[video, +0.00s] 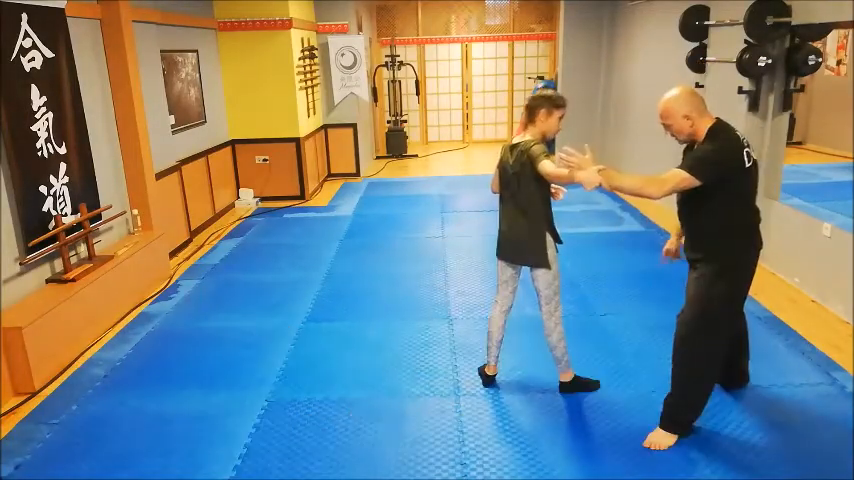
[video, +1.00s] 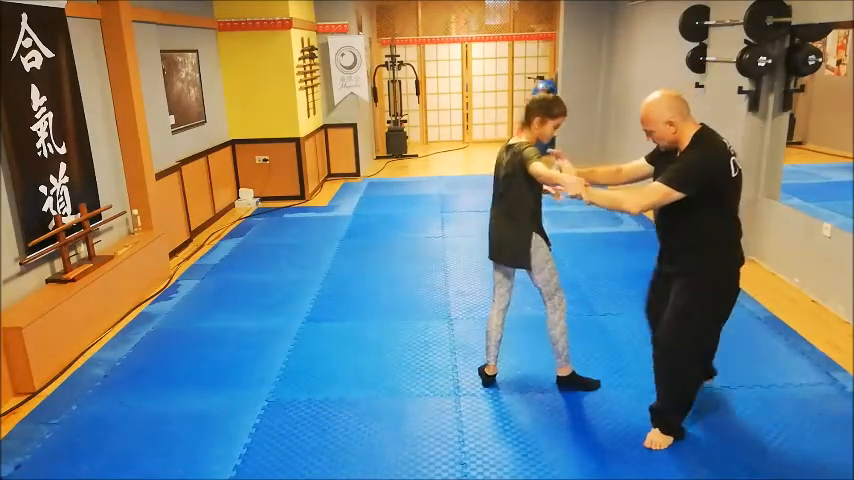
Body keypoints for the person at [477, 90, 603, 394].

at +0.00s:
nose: (560, 126)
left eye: (561, 119)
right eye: (558, 119)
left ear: (532, 117)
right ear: (541, 116)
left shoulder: (510, 147)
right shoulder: (535, 147)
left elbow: (497, 187)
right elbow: (549, 171)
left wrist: (542, 189)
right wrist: (580, 175)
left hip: (508, 236)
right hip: (538, 237)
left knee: (502, 301)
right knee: (551, 307)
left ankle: (490, 368)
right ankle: (566, 376)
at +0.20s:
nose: (556, 124)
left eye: (557, 117)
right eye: (553, 117)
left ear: (531, 116)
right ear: (537, 115)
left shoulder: (506, 148)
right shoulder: (533, 149)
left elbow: (495, 188)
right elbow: (549, 172)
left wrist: (540, 188)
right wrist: (582, 174)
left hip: (508, 237)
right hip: (538, 238)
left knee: (502, 301)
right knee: (551, 308)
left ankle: (490, 368)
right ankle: (566, 376)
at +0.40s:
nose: (554, 125)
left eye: (555, 118)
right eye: (551, 118)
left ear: (530, 116)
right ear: (534, 116)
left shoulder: (504, 149)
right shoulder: (531, 150)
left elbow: (494, 188)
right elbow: (550, 172)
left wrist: (539, 189)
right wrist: (583, 173)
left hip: (507, 237)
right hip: (537, 238)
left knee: (502, 301)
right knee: (550, 307)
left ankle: (490, 368)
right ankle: (566, 376)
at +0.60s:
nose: (552, 126)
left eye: (553, 120)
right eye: (550, 119)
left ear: (529, 117)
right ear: (533, 116)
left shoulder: (502, 149)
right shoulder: (528, 150)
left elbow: (491, 189)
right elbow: (547, 174)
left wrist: (536, 190)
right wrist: (581, 173)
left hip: (506, 238)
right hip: (536, 238)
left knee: (501, 301)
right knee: (551, 306)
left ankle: (490, 368)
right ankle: (566, 375)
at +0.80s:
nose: (551, 130)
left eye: (553, 124)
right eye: (550, 123)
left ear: (529, 119)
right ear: (533, 119)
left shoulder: (501, 148)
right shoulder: (526, 148)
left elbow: (490, 188)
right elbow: (543, 173)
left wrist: (535, 190)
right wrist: (578, 177)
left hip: (502, 238)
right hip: (531, 239)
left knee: (500, 300)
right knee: (554, 303)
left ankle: (489, 369)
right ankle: (566, 375)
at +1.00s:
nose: (556, 133)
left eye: (558, 127)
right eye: (555, 126)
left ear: (532, 122)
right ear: (537, 121)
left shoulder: (508, 147)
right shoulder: (529, 149)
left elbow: (519, 179)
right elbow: (540, 172)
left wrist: (547, 181)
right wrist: (568, 180)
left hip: (500, 234)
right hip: (527, 236)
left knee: (499, 301)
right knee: (554, 300)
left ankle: (489, 369)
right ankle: (565, 372)